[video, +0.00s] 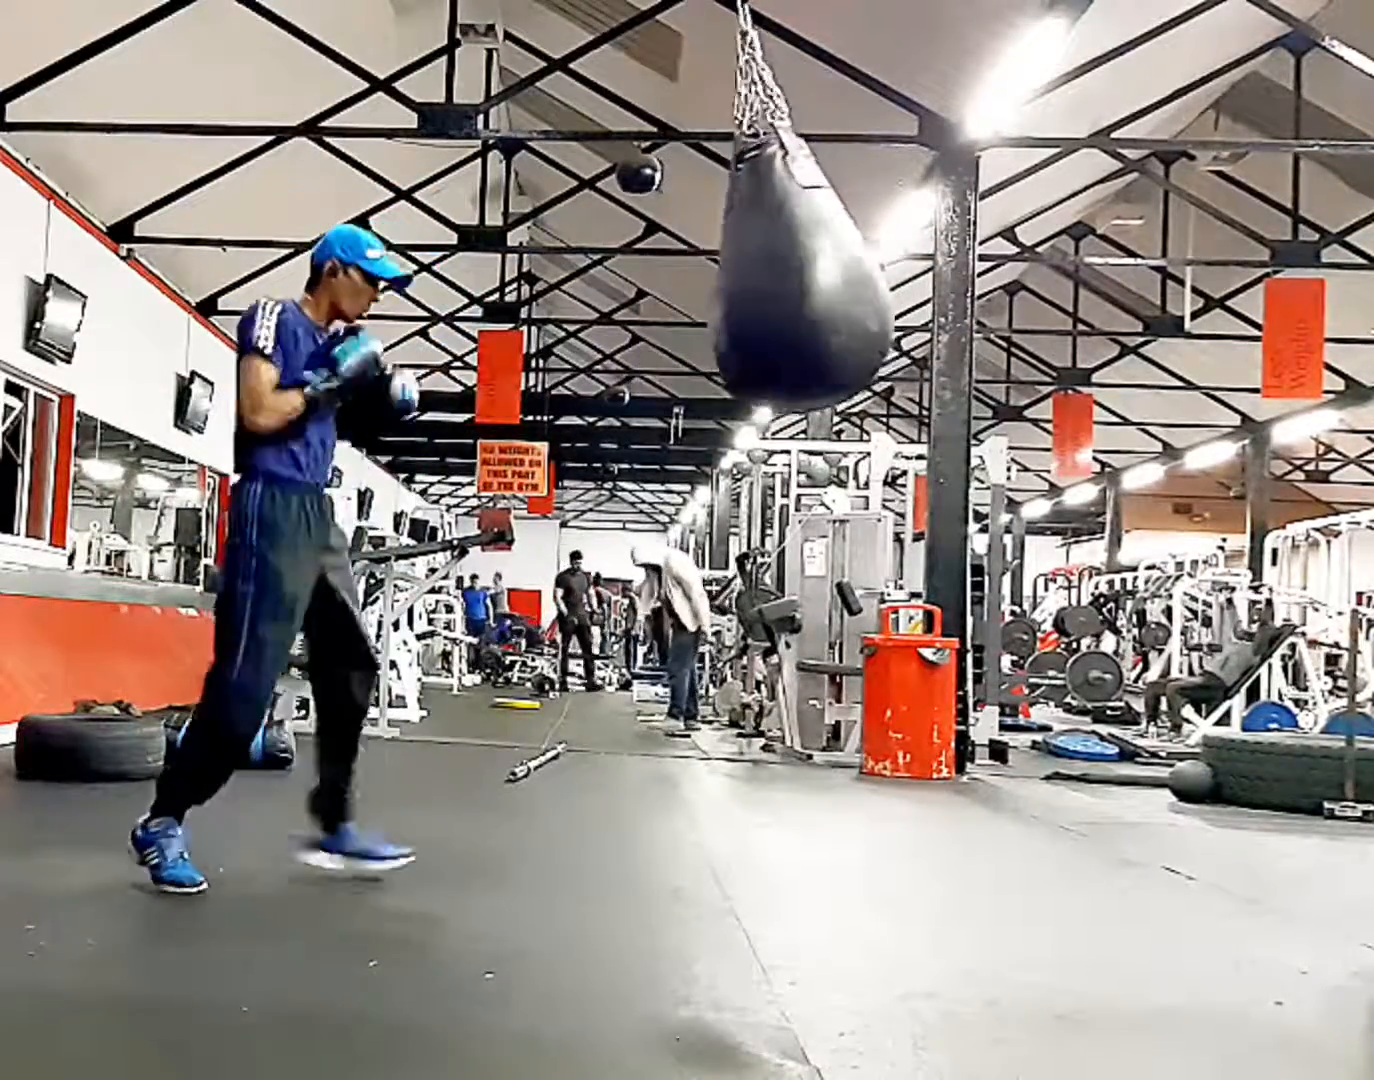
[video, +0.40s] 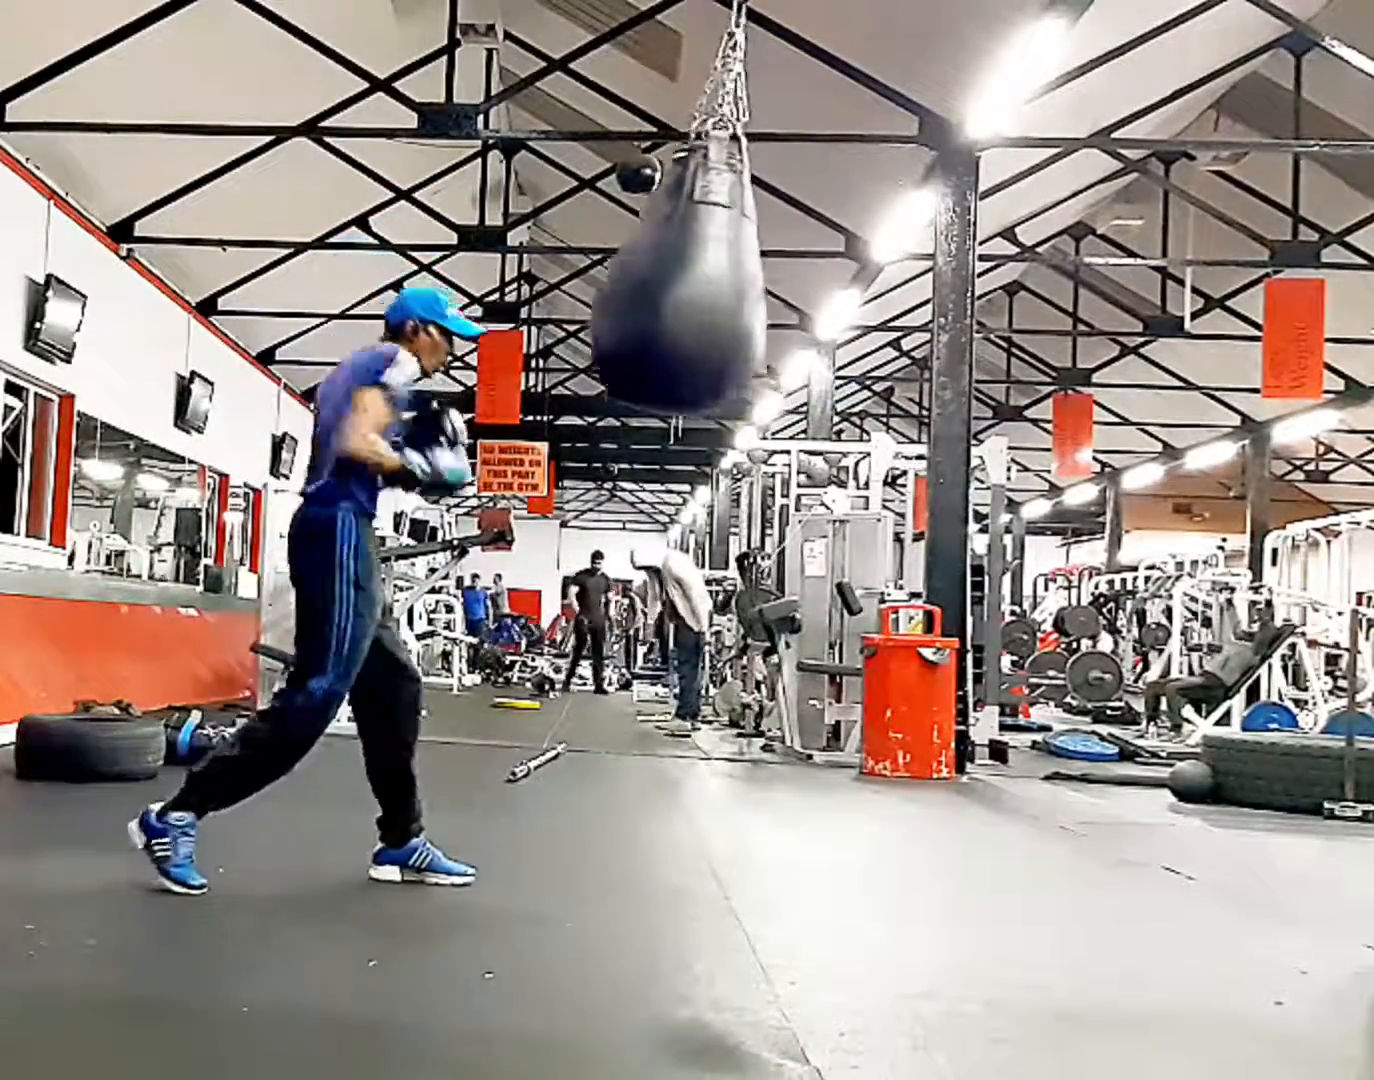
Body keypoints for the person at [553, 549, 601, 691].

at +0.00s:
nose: (577, 565)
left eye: (579, 562)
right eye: (575, 562)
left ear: (582, 562)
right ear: (570, 562)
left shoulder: (586, 577)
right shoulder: (562, 577)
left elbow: (591, 594)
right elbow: (557, 597)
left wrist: (594, 608)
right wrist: (565, 613)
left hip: (583, 615)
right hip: (568, 615)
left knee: (587, 648)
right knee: (565, 649)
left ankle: (590, 679)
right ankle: (563, 680)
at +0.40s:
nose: (597, 565)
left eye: (600, 563)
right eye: (595, 562)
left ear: (603, 563)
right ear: (591, 562)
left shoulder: (605, 579)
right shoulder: (581, 576)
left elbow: (610, 597)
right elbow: (571, 592)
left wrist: (610, 613)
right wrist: (576, 610)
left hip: (599, 617)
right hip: (584, 616)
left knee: (598, 653)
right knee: (578, 650)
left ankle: (599, 684)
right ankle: (567, 681)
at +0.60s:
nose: (602, 565)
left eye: (604, 562)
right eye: (600, 561)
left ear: (608, 562)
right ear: (596, 561)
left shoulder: (612, 579)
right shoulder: (586, 576)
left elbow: (618, 596)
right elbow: (577, 591)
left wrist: (618, 610)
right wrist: (583, 606)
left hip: (605, 616)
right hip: (590, 615)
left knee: (602, 652)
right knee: (587, 651)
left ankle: (600, 684)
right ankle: (584, 682)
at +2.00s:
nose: (596, 568)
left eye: (598, 564)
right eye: (594, 565)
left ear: (604, 562)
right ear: (591, 563)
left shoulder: (614, 574)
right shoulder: (594, 575)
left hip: (605, 619)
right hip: (593, 619)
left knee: (603, 653)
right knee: (594, 652)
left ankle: (603, 684)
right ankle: (600, 683)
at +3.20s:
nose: (588, 565)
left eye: (589, 561)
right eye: (586, 562)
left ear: (595, 558)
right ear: (587, 562)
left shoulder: (606, 570)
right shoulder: (597, 575)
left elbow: (617, 582)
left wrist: (609, 598)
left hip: (606, 616)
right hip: (596, 616)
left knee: (601, 652)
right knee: (594, 652)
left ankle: (603, 685)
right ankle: (594, 683)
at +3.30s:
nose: (587, 565)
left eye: (589, 561)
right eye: (585, 562)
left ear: (595, 558)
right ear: (587, 561)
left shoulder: (605, 571)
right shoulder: (597, 575)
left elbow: (617, 582)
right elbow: (597, 598)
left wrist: (609, 597)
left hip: (602, 615)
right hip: (594, 615)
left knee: (600, 652)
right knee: (593, 652)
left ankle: (603, 684)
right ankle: (593, 683)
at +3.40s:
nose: (587, 563)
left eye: (588, 559)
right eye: (585, 560)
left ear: (593, 558)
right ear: (588, 560)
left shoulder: (602, 574)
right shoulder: (597, 576)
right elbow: (596, 601)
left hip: (601, 617)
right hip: (594, 617)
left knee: (600, 653)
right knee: (594, 653)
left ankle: (602, 685)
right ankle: (594, 684)